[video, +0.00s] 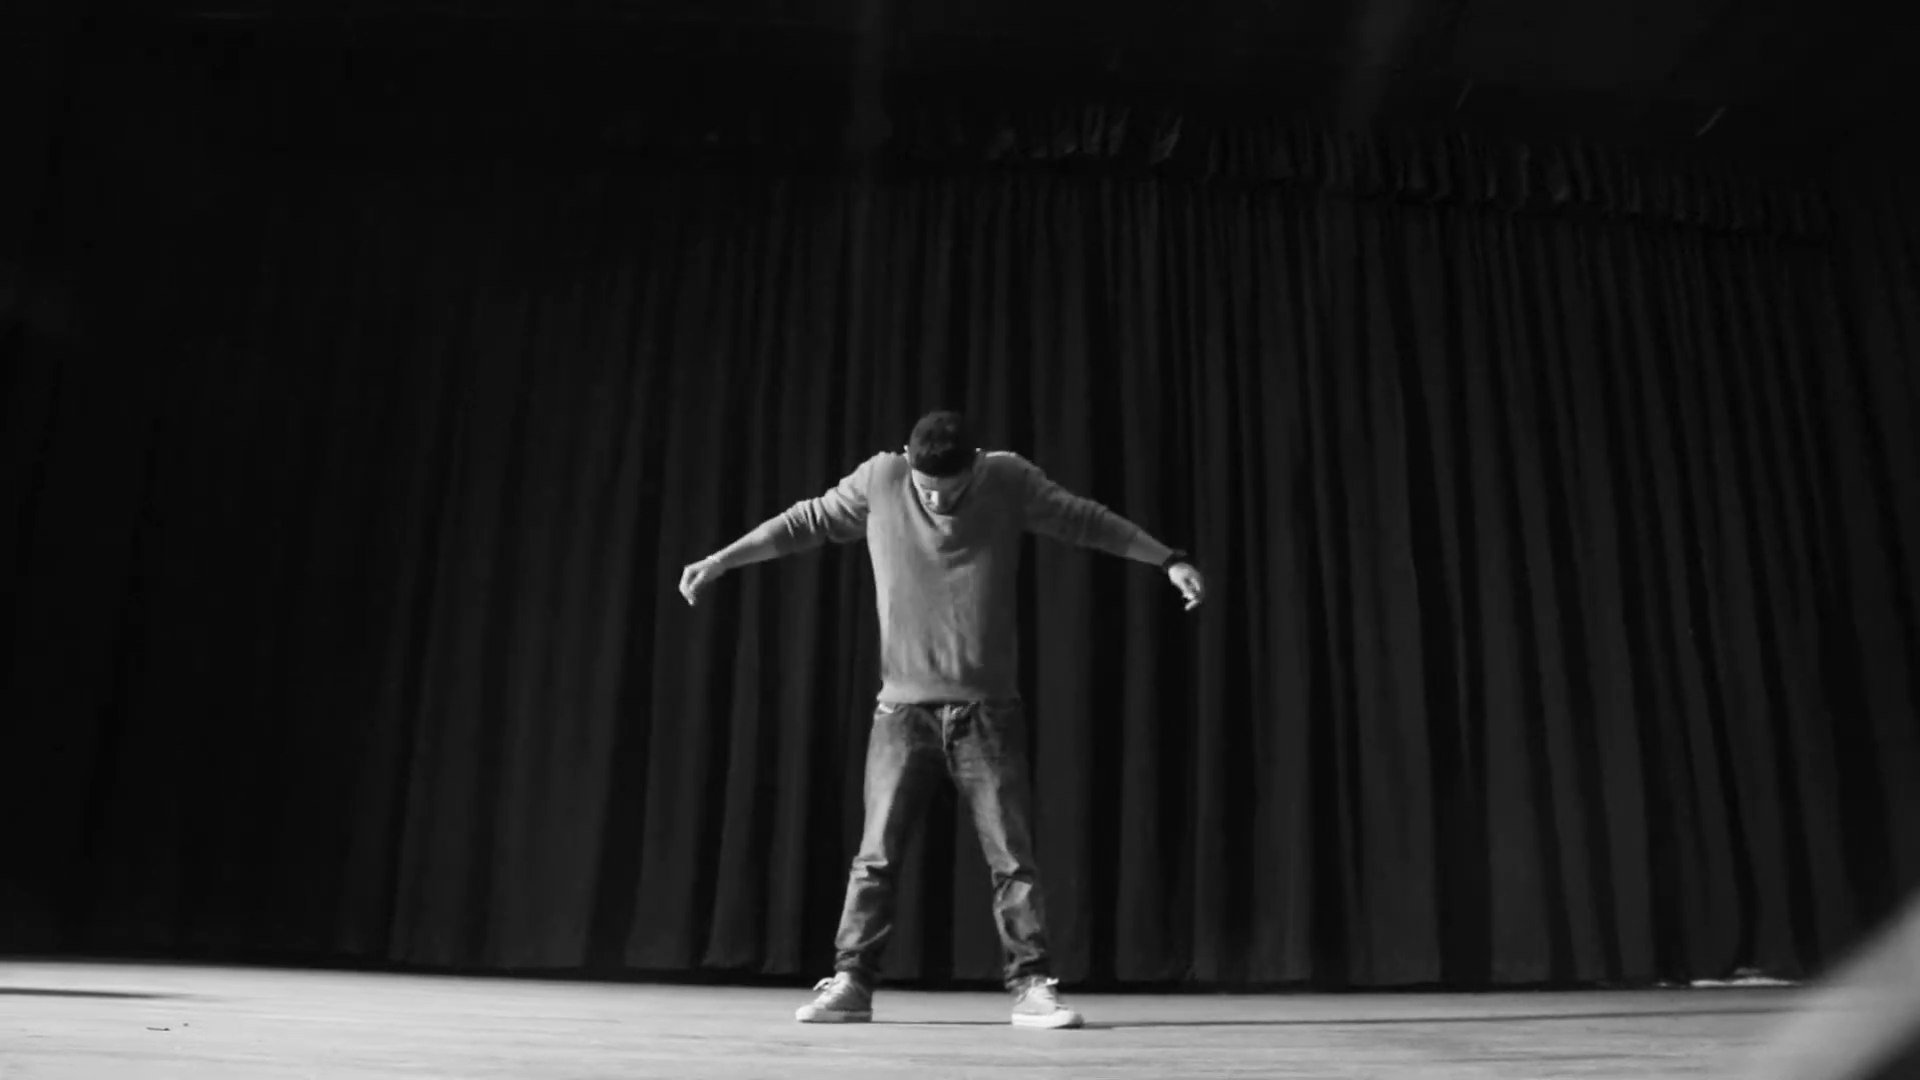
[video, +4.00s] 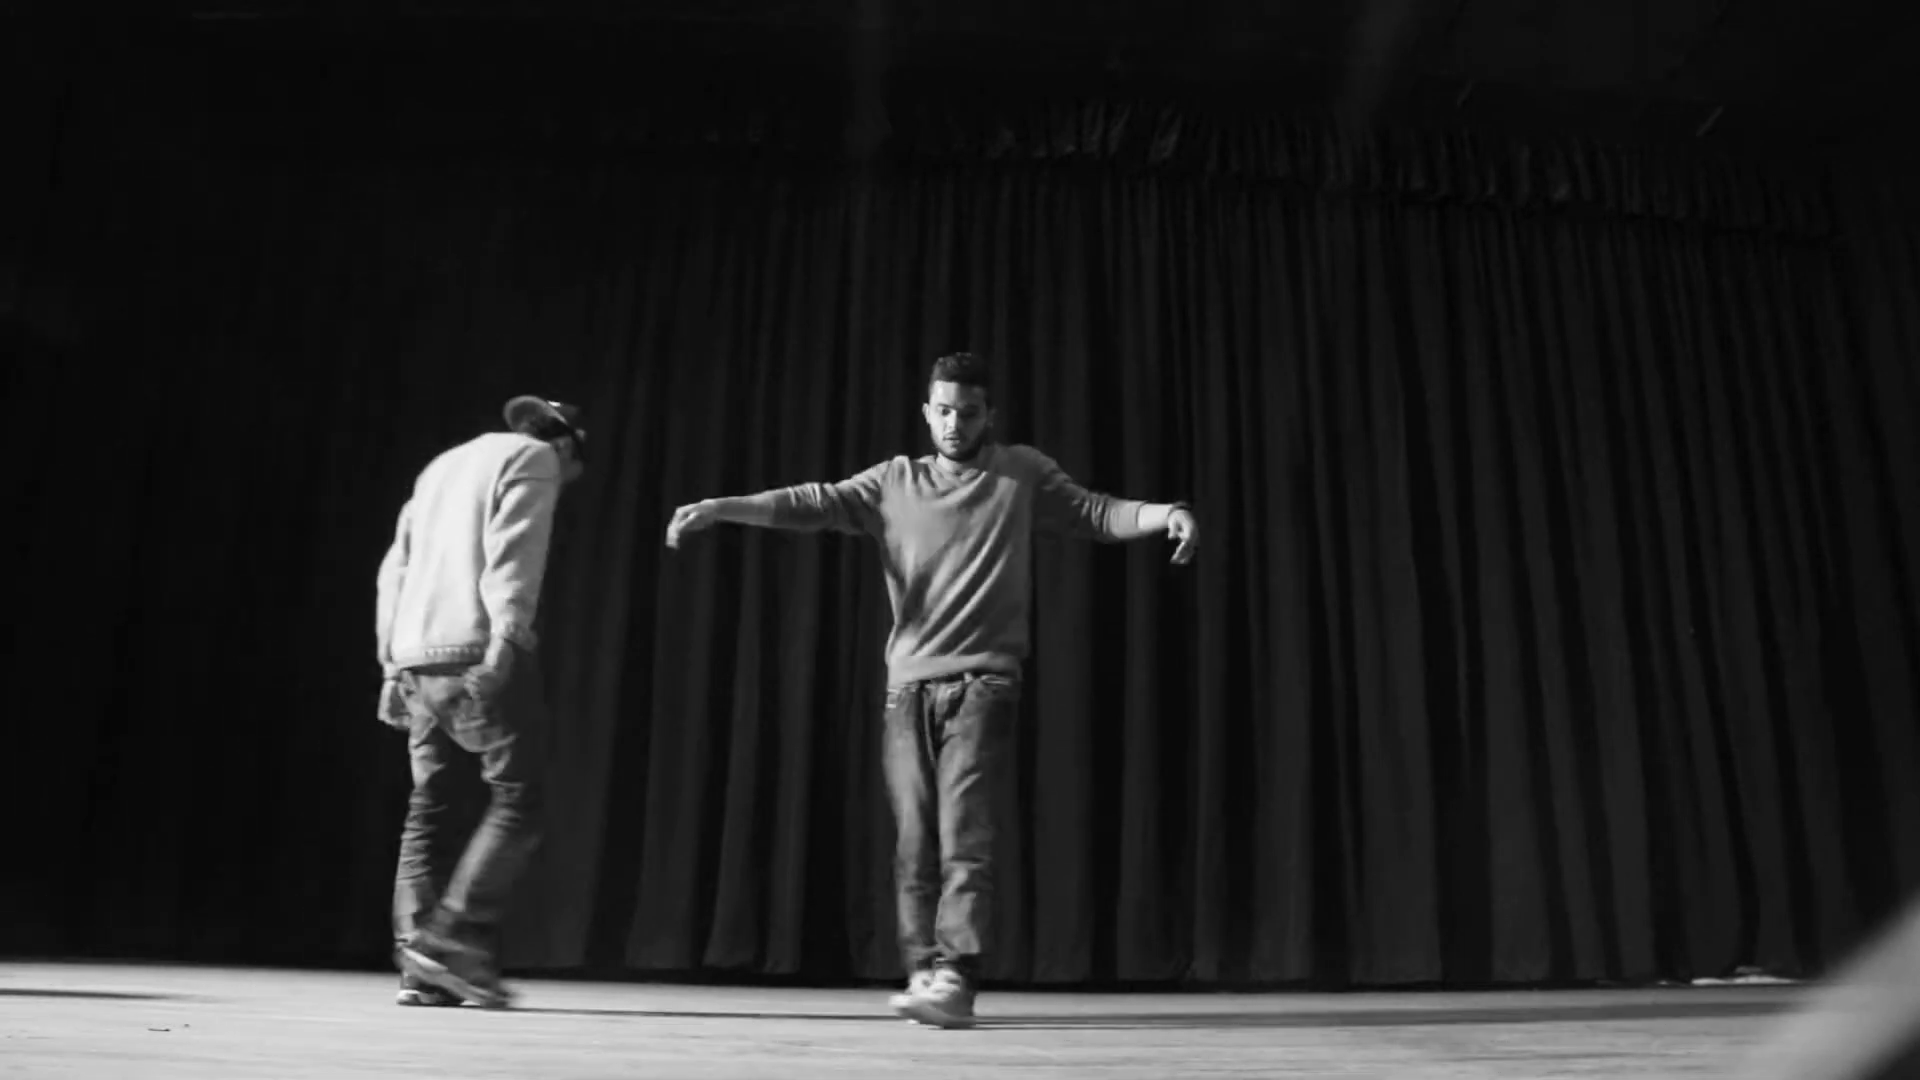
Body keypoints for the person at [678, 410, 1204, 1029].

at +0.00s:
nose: (940, 502)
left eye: (951, 492)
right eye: (928, 492)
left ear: (972, 468)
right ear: (909, 469)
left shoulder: (1008, 480)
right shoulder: (878, 483)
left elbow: (1084, 519)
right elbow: (804, 522)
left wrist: (1168, 558)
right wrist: (719, 560)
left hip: (983, 700)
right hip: (903, 701)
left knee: (1010, 854)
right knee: (877, 851)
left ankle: (1033, 990)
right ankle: (849, 985)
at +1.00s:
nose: (961, 469)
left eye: (973, 456)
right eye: (949, 457)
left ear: (991, 443)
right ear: (927, 443)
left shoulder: (1027, 487)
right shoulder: (888, 491)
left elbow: (1110, 513)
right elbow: (805, 512)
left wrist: (1198, 533)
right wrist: (715, 524)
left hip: (1007, 692)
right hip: (923, 692)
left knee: (1023, 846)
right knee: (904, 841)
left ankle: (1033, 987)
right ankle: (877, 979)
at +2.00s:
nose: (971, 443)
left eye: (984, 431)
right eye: (961, 430)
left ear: (1004, 426)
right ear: (942, 421)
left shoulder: (1039, 489)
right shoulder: (904, 489)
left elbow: (1122, 520)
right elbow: (819, 513)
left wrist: (1211, 531)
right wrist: (728, 515)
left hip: (1009, 691)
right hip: (927, 693)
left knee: (1019, 848)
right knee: (920, 846)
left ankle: (1019, 988)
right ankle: (914, 986)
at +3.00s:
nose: (974, 442)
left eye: (986, 429)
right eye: (963, 428)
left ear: (1008, 425)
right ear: (945, 423)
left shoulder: (1043, 474)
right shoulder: (919, 488)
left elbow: (1126, 510)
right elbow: (843, 528)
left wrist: (1174, 559)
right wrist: (753, 553)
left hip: (1006, 678)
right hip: (931, 666)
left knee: (997, 837)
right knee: (920, 779)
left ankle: (976, 975)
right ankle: (872, 921)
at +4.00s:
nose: (954, 425)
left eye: (967, 412)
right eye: (943, 411)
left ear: (987, 412)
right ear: (926, 410)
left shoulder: (1022, 472)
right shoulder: (891, 481)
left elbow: (1094, 512)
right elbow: (809, 502)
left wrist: (1161, 514)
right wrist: (718, 508)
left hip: (983, 673)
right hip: (908, 676)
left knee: (962, 819)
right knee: (915, 824)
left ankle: (956, 975)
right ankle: (923, 972)